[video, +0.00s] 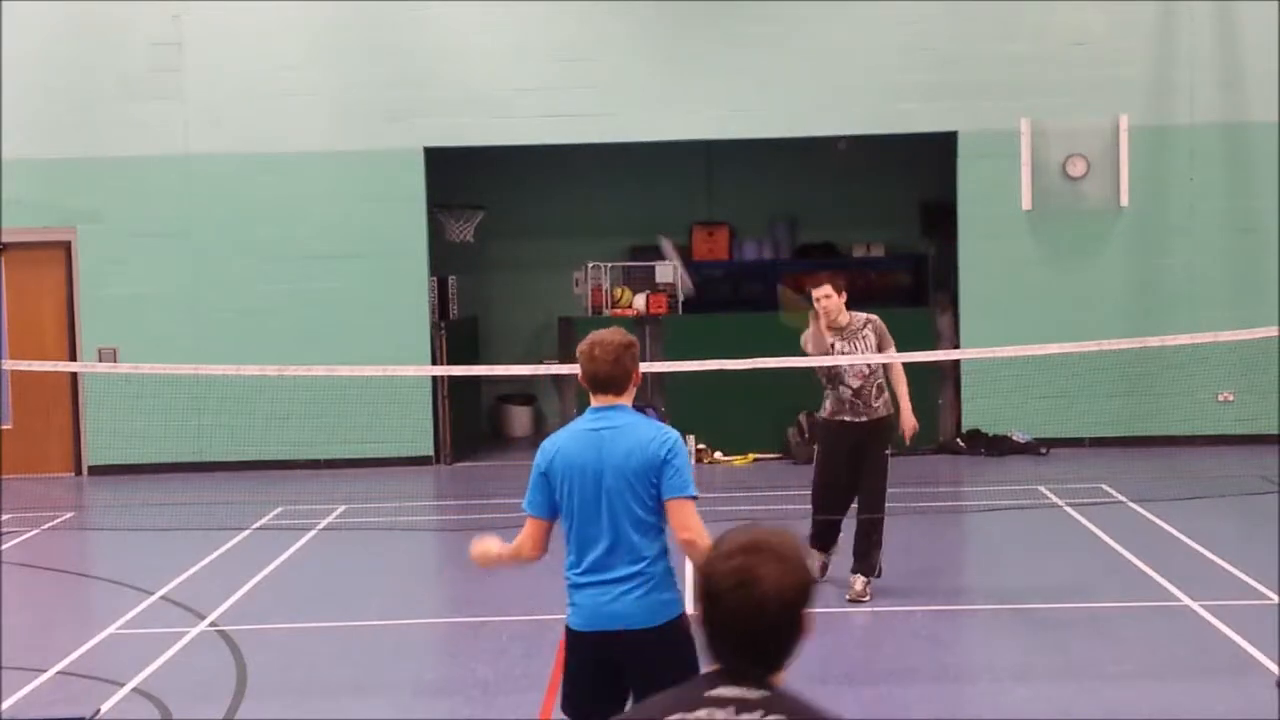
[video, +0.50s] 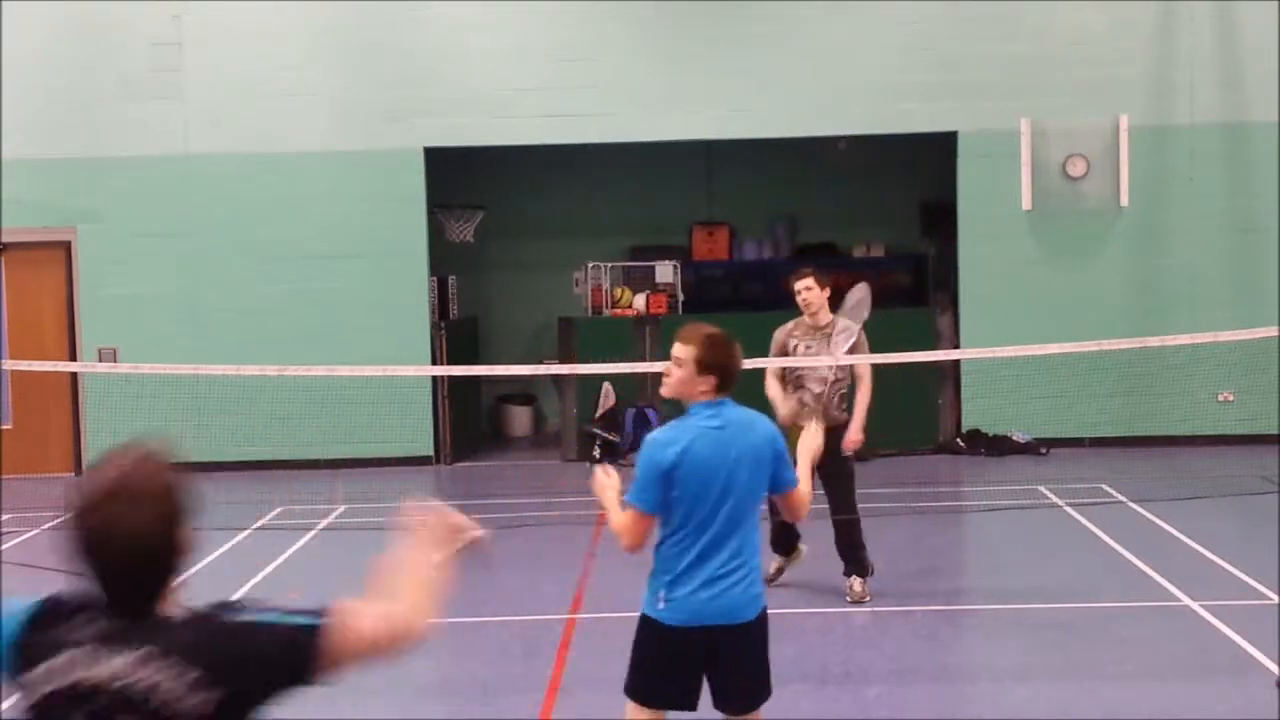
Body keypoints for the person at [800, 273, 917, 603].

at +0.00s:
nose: (821, 305)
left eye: (826, 298)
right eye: (816, 301)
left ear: (842, 297)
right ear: (811, 305)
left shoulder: (872, 325)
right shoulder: (813, 336)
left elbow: (894, 367)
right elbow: (819, 348)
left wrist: (906, 410)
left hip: (875, 424)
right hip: (835, 426)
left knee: (871, 501)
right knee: (826, 496)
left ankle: (862, 574)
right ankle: (821, 548)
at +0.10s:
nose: (823, 298)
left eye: (828, 290)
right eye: (817, 293)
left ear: (842, 290)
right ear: (813, 297)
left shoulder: (871, 324)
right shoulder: (813, 332)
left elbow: (891, 367)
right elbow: (814, 329)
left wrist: (906, 407)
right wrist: (813, 288)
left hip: (870, 425)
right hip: (831, 425)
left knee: (870, 501)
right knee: (824, 500)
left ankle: (862, 573)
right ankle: (818, 551)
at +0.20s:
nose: (822, 294)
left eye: (827, 286)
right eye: (817, 289)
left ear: (843, 287)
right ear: (812, 294)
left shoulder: (869, 326)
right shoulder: (810, 328)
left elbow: (888, 368)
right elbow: (804, 332)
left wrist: (900, 410)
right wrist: (814, 283)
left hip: (861, 424)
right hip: (821, 424)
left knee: (863, 501)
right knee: (822, 497)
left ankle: (860, 573)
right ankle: (809, 551)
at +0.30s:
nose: (817, 294)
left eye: (821, 287)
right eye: (812, 289)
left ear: (838, 288)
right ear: (810, 295)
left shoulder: (866, 327)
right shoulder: (807, 326)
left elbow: (884, 374)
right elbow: (794, 357)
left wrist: (889, 416)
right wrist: (816, 311)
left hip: (855, 425)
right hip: (817, 424)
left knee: (857, 501)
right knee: (809, 498)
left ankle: (859, 573)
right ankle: (802, 551)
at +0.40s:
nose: (812, 294)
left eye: (817, 286)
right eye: (807, 289)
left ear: (834, 288)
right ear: (803, 296)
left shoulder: (860, 330)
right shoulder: (795, 333)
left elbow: (875, 378)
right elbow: (781, 379)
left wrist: (874, 421)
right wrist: (806, 353)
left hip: (845, 428)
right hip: (805, 427)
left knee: (850, 503)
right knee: (798, 496)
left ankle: (857, 572)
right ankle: (798, 547)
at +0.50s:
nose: (803, 297)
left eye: (807, 290)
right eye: (798, 293)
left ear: (825, 292)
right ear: (794, 299)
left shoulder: (849, 331)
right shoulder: (785, 334)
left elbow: (864, 381)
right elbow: (772, 378)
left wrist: (856, 426)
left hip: (834, 426)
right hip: (793, 426)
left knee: (843, 504)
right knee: (781, 494)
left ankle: (856, 573)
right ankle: (786, 549)